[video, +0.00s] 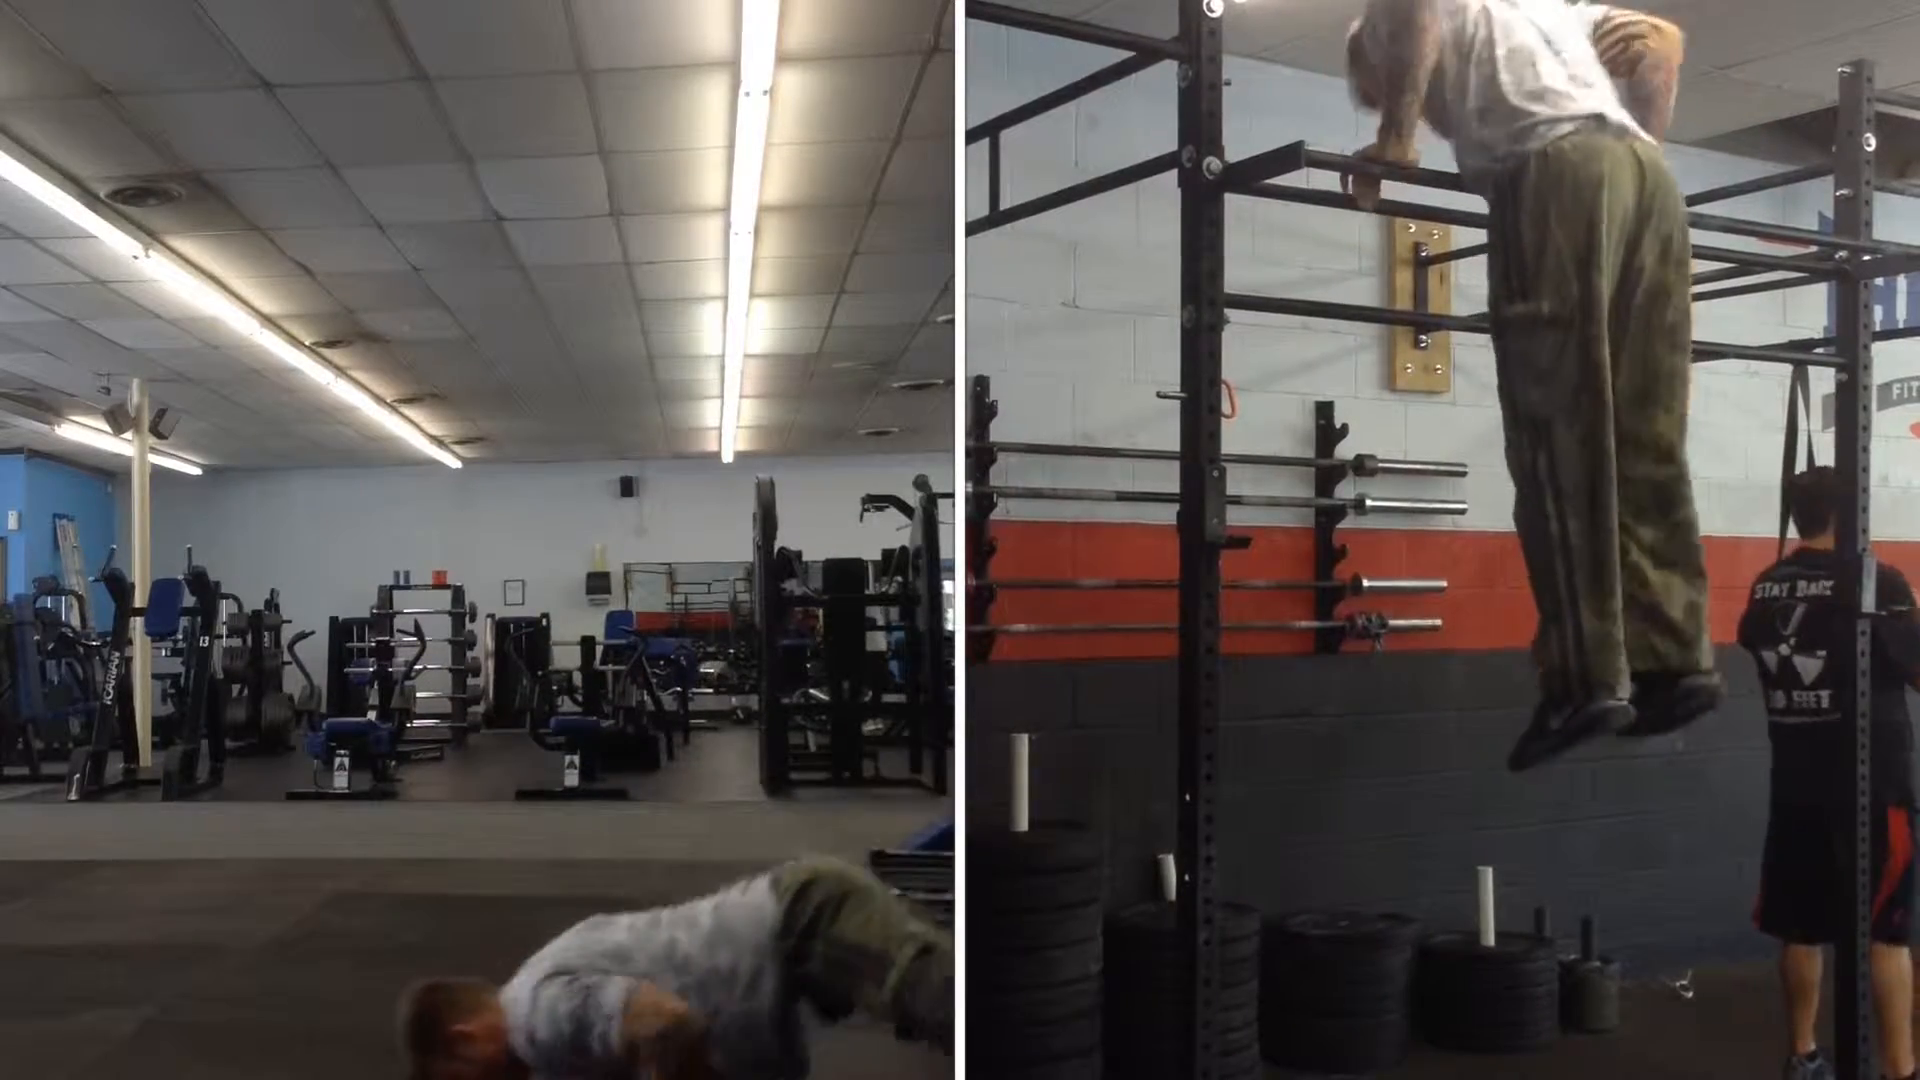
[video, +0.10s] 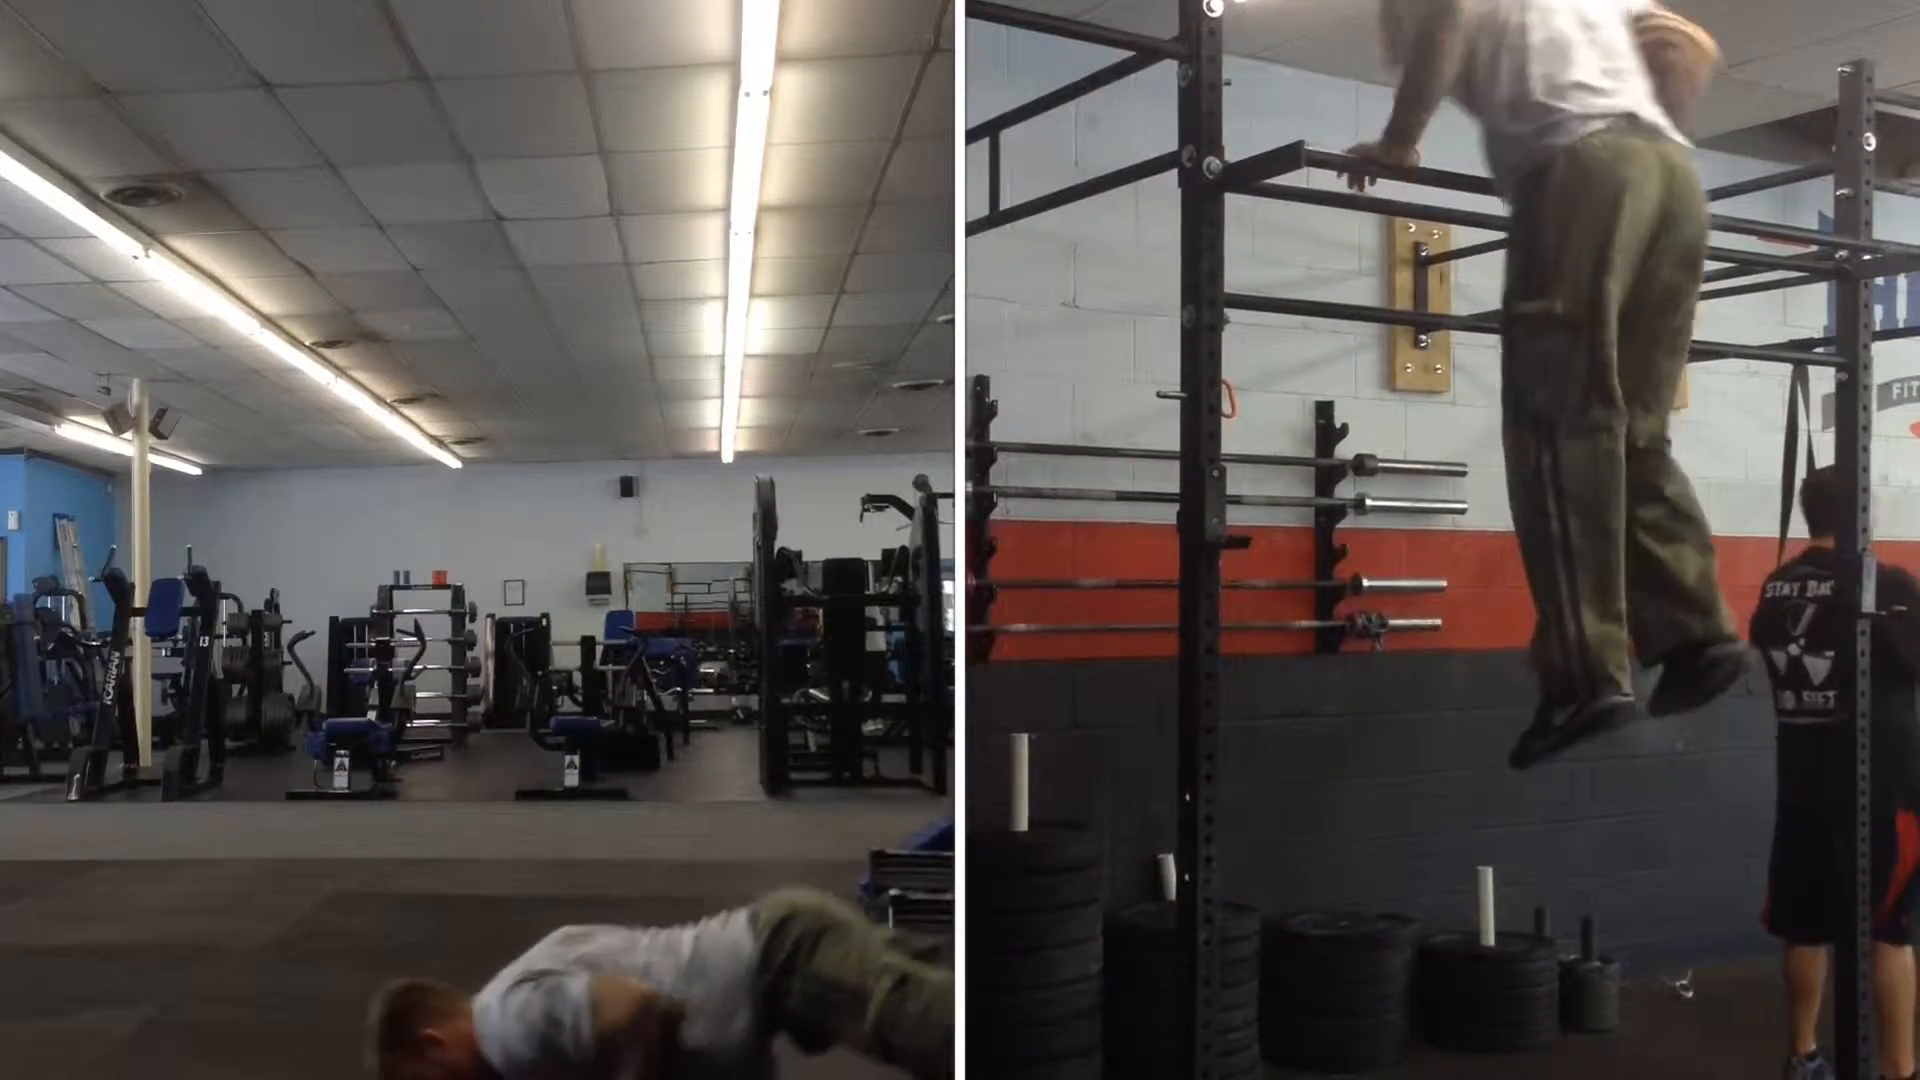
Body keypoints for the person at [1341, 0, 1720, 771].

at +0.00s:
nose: (1379, 85)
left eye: (1372, 69)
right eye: (1375, 79)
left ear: (1374, 27)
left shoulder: (1393, 23)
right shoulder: (1559, 12)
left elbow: (1422, 4)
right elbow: (1658, 43)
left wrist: (1398, 131)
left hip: (1557, 166)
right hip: (1649, 171)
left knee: (1557, 429)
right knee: (1651, 431)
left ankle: (1586, 682)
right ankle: (1676, 665)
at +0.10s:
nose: (1404, 53)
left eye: (1400, 33)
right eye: (1403, 45)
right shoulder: (1594, 7)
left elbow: (1447, 16)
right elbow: (1691, 44)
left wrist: (1401, 139)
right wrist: (1651, 140)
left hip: (1581, 161)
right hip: (1677, 168)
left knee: (1564, 419)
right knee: (1639, 428)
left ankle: (1585, 677)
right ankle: (1700, 639)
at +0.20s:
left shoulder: (1514, 5)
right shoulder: (1669, 8)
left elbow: (1480, 65)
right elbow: (1741, 94)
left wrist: (1397, 147)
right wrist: (1669, 144)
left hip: (1624, 182)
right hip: (1720, 197)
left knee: (1556, 434)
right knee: (1634, 435)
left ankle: (1593, 690)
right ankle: (1716, 630)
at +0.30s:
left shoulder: (1575, 7)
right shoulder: (1736, 15)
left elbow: (1501, 146)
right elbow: (1770, 167)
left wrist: (1409, 158)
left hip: (1666, 268)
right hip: (1761, 272)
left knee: (1543, 491)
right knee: (1638, 476)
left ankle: (1608, 727)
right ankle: (1723, 648)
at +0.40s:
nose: (1601, 33)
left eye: (1604, 19)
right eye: (1603, 20)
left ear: (1622, 14)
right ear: (1692, 12)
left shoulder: (1618, 86)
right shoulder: (1776, 91)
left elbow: (1498, 204)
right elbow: (1779, 233)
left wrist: (1423, 169)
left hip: (1682, 393)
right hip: (1779, 400)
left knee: (1525, 572)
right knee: (1626, 532)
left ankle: (1603, 796)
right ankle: (1705, 711)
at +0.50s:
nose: (1631, 154)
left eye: (1632, 141)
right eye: (1641, 143)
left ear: (1638, 140)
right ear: (1718, 141)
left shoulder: (1618, 211)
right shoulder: (1783, 222)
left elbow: (1473, 268)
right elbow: (1775, 316)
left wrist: (1418, 187)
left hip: (1656, 532)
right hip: (1754, 543)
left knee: (1501, 681)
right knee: (1609, 634)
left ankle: (1586, 896)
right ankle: (1666, 808)